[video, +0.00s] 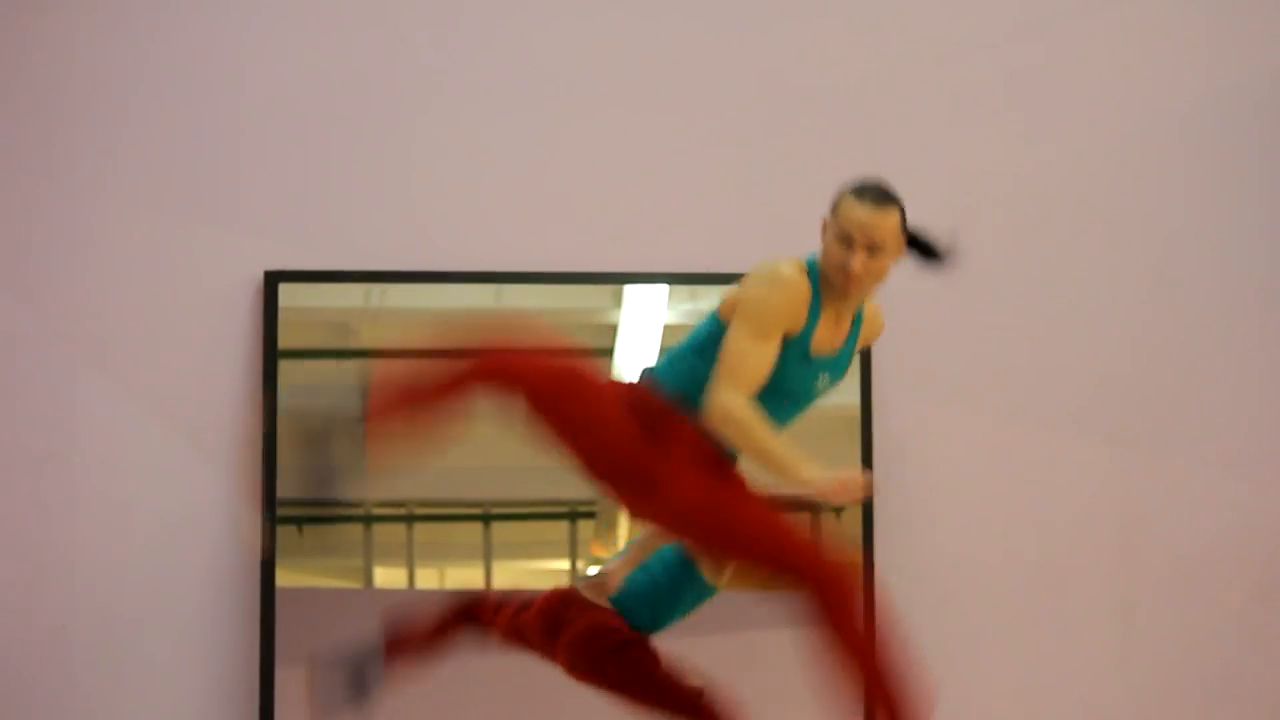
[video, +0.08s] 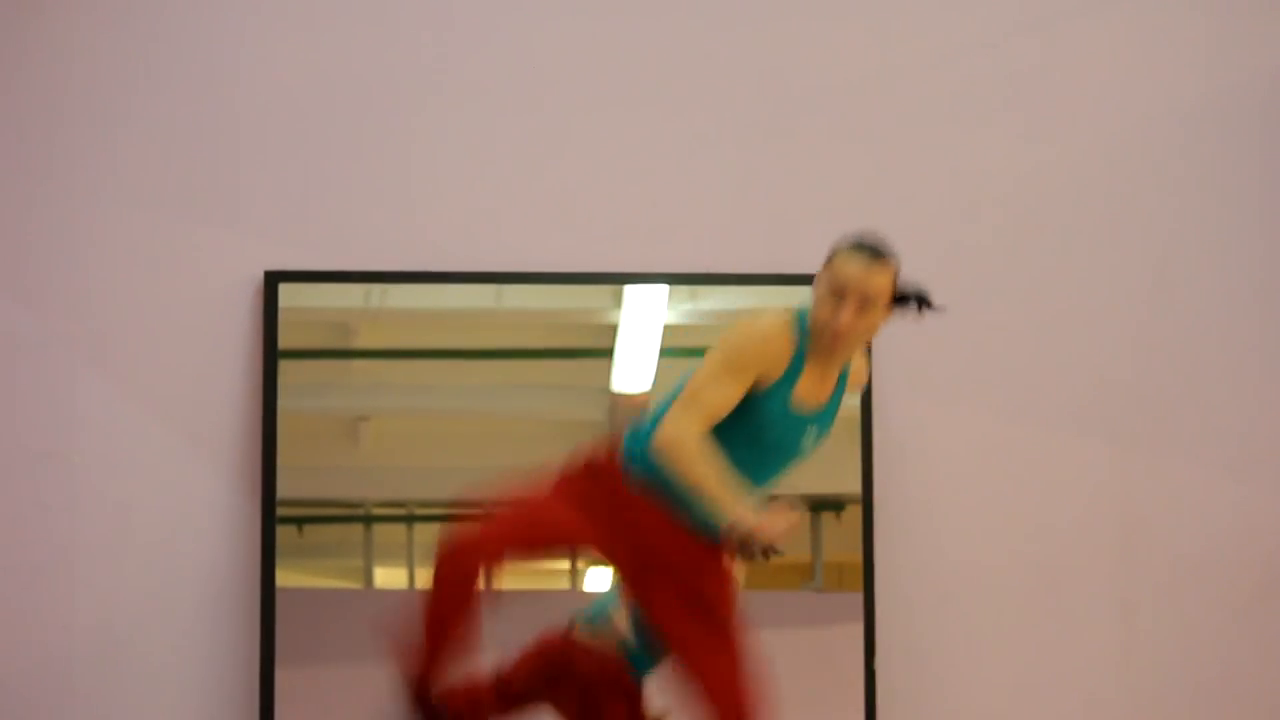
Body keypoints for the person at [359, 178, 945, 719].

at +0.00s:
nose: (854, 262)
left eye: (873, 252)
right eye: (845, 243)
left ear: (895, 261)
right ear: (825, 235)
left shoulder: (869, 321)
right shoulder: (780, 288)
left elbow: (780, 391)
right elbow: (725, 407)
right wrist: (814, 482)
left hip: (699, 476)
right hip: (638, 424)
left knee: (829, 564)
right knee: (511, 356)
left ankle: (886, 706)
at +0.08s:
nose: (843, 314)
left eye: (863, 305)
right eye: (836, 295)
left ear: (885, 316)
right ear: (816, 286)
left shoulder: (852, 374)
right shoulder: (765, 337)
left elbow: (761, 443)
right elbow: (675, 435)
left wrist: (739, 512)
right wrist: (749, 513)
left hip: (688, 543)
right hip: (617, 490)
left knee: (733, 702)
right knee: (466, 545)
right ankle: (432, 687)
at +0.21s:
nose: (758, 383)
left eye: (779, 372)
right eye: (753, 365)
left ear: (816, 381)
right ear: (743, 364)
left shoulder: (805, 483)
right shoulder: (675, 426)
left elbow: (800, 570)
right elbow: (593, 523)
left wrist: (831, 657)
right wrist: (594, 630)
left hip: (678, 655)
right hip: (586, 636)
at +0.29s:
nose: (702, 386)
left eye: (722, 373)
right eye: (695, 368)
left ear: (759, 380)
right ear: (684, 371)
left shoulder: (782, 487)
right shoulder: (624, 439)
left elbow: (795, 607)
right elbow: (561, 533)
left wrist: (852, 619)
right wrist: (547, 605)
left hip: (678, 684)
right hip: (578, 662)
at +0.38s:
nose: (668, 357)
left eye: (686, 343)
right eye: (661, 342)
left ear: (727, 345)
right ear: (652, 345)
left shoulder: (754, 445)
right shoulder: (616, 415)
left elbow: (781, 580)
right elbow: (574, 511)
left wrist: (769, 495)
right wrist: (555, 529)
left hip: (681, 670)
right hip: (587, 651)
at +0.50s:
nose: (636, 279)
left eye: (653, 263)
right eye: (626, 265)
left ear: (693, 270)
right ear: (617, 275)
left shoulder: (720, 355)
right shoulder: (619, 355)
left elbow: (731, 476)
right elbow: (574, 485)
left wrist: (657, 400)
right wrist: (589, 417)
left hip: (683, 582)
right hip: (613, 577)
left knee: (661, 710)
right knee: (564, 710)